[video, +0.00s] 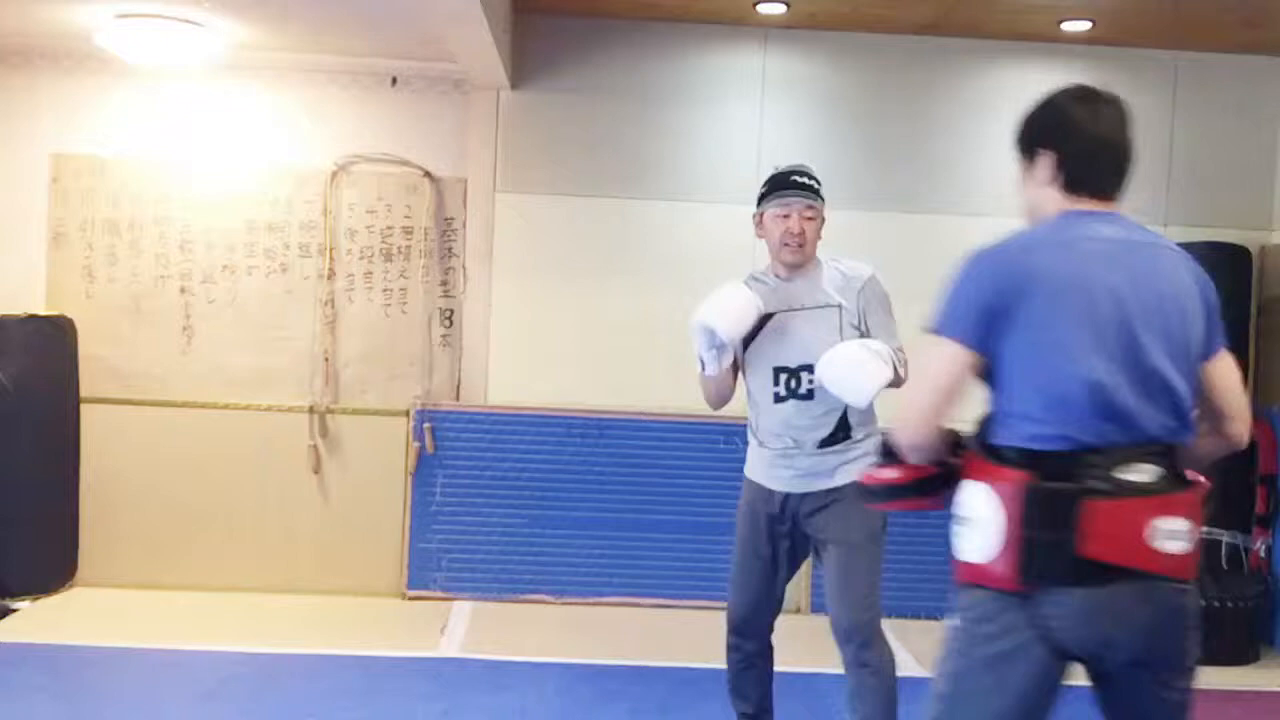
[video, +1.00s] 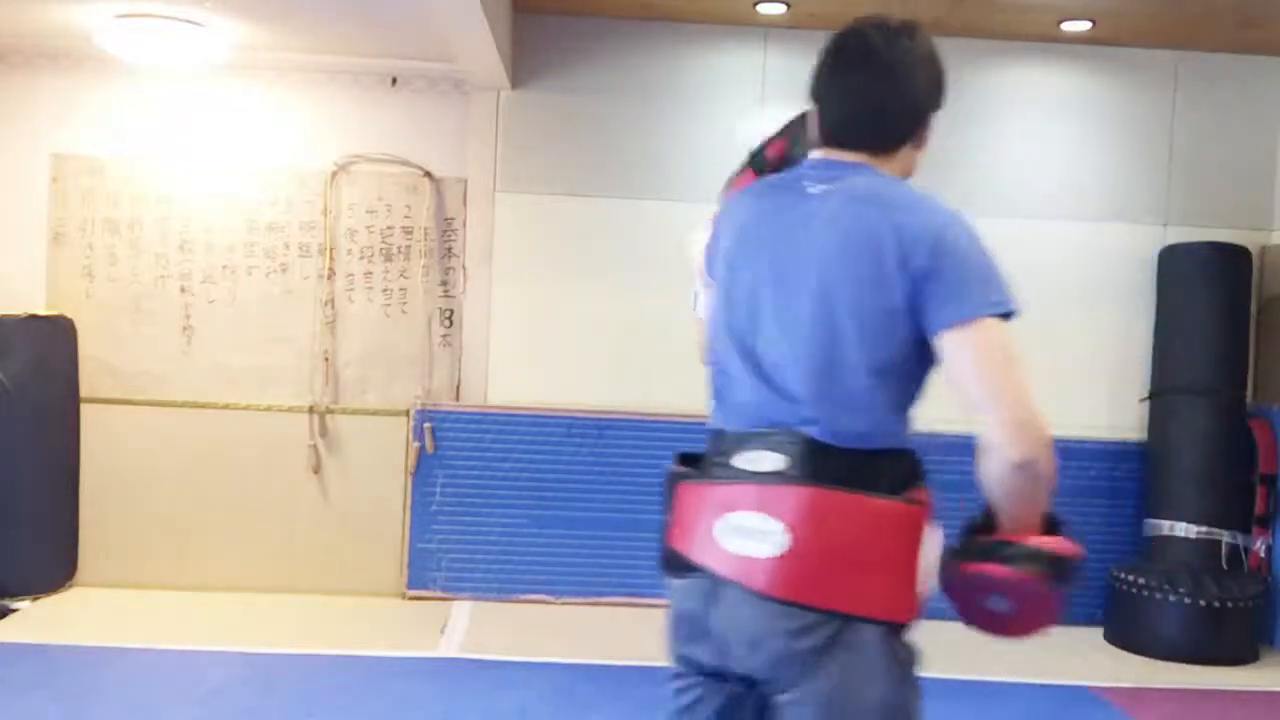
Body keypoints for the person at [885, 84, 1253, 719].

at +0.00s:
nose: (1020, 180)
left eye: (1023, 162)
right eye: (1020, 163)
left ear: (1047, 164)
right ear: (1116, 169)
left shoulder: (1001, 265)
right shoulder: (1183, 270)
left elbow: (913, 431)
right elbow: (1232, 427)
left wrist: (950, 454)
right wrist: (1160, 458)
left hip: (1022, 558)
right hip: (1149, 561)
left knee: (968, 711)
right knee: (1155, 709)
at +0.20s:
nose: (997, 171)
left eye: (998, 153)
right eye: (996, 154)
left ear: (1019, 153)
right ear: (1096, 159)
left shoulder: (966, 253)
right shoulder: (1167, 260)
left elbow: (876, 414)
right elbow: (1215, 424)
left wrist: (911, 438)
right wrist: (1145, 470)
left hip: (997, 535)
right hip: (1129, 546)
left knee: (952, 709)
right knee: (1129, 706)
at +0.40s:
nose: (954, 148)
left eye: (954, 134)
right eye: (956, 134)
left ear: (966, 138)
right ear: (1060, 146)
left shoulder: (898, 239)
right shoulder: (1124, 248)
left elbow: (795, 389)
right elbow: (1191, 426)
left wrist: (865, 354)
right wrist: (1122, 521)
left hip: (913, 549)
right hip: (1058, 557)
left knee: (899, 709)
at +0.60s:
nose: (924, 152)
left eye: (924, 140)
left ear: (933, 148)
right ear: (1037, 159)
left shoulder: (854, 241)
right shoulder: (1090, 271)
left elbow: (749, 343)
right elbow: (1158, 477)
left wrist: (809, 252)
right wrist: (1099, 586)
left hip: (833, 569)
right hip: (982, 595)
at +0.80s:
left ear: (872, 118)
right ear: (979, 131)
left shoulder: (794, 215)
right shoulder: (1022, 241)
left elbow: (709, 284)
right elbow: (1104, 452)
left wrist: (765, 199)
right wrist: (1072, 569)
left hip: (782, 535)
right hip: (923, 555)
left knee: (788, 700)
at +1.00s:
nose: (933, 130)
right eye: (933, 115)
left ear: (817, 114)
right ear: (921, 131)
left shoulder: (742, 211)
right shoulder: (924, 228)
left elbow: (715, 349)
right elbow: (1018, 446)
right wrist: (1017, 539)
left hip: (704, 544)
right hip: (824, 561)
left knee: (710, 698)